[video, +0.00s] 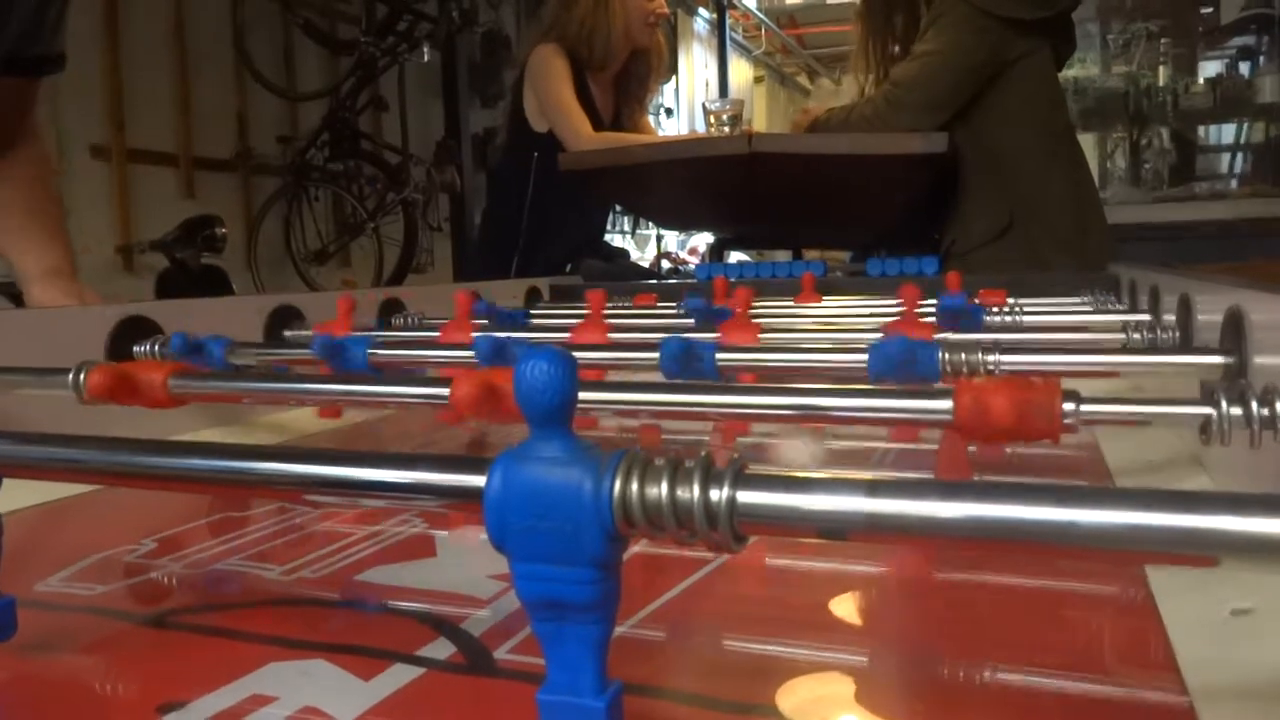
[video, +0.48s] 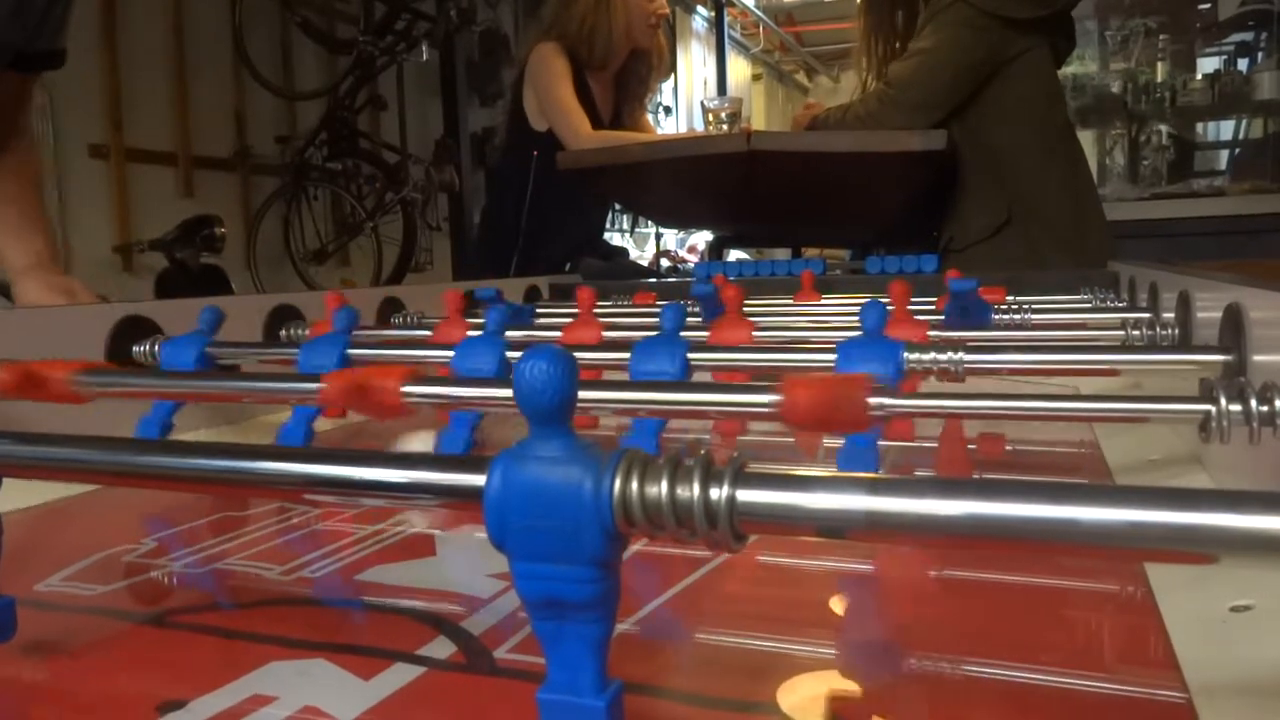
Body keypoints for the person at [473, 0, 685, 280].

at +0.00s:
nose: (664, 10)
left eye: (662, 2)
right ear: (609, 6)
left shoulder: (619, 82)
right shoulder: (548, 59)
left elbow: (652, 152)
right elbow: (582, 143)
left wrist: (700, 147)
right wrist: (678, 146)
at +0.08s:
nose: (663, 10)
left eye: (662, 2)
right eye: (649, 1)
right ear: (608, 7)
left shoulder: (620, 82)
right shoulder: (548, 58)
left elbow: (653, 149)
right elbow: (581, 142)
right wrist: (672, 145)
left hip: (578, 250)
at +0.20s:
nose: (663, 11)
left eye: (661, 2)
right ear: (608, 7)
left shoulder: (618, 83)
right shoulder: (547, 59)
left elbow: (652, 151)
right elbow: (581, 143)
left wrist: (698, 145)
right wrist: (678, 145)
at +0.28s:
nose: (664, 9)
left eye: (663, 2)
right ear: (609, 7)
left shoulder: (619, 82)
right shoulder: (548, 59)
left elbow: (651, 151)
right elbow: (581, 143)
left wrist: (696, 145)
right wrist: (675, 145)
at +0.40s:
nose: (664, 9)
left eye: (662, 2)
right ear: (609, 7)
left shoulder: (620, 81)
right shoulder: (548, 59)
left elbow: (650, 150)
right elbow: (581, 143)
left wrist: (695, 145)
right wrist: (675, 145)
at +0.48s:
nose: (665, 9)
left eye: (663, 2)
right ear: (609, 7)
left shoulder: (620, 80)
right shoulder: (548, 58)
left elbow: (651, 150)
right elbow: (581, 142)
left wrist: (696, 145)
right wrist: (677, 144)